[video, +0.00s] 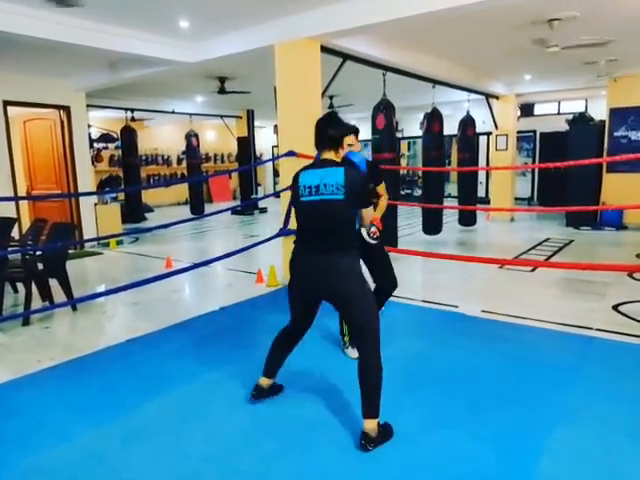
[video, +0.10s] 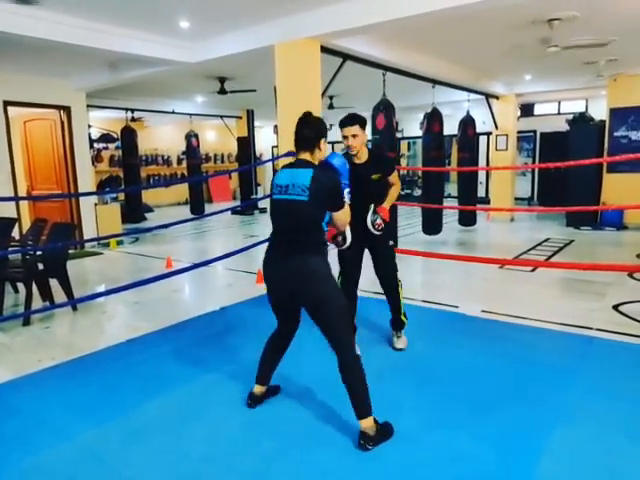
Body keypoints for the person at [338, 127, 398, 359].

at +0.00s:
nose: (354, 149)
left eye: (356, 143)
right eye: (349, 145)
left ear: (360, 143)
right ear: (338, 147)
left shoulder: (368, 167)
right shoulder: (330, 171)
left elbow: (383, 195)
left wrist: (376, 218)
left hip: (366, 230)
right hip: (342, 232)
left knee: (388, 283)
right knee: (346, 287)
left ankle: (361, 323)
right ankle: (348, 336)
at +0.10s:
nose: (350, 143)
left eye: (354, 137)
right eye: (346, 138)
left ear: (365, 135)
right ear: (342, 140)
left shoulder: (381, 159)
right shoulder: (340, 164)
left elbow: (396, 185)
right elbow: (331, 194)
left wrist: (384, 209)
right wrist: (335, 223)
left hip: (378, 227)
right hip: (350, 229)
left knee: (388, 279)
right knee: (348, 283)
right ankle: (347, 334)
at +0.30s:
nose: (359, 151)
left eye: (364, 145)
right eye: (357, 146)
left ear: (378, 146)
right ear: (356, 148)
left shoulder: (393, 173)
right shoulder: (358, 175)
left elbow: (416, 205)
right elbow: (355, 200)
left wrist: (392, 221)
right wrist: (354, 212)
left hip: (395, 236)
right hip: (369, 235)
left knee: (399, 288)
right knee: (356, 281)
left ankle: (412, 334)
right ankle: (374, 317)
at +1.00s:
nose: (345, 157)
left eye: (349, 152)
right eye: (344, 153)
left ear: (364, 151)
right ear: (350, 155)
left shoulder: (381, 178)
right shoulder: (358, 180)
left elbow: (405, 207)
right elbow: (368, 209)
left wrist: (374, 222)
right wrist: (347, 221)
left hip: (393, 235)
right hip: (379, 235)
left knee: (370, 288)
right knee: (384, 278)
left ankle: (376, 352)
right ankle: (400, 319)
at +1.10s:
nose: (342, 160)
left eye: (345, 155)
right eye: (340, 156)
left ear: (362, 153)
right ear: (351, 156)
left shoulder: (373, 180)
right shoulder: (359, 180)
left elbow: (382, 220)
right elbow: (363, 212)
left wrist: (348, 221)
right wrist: (339, 219)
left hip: (390, 239)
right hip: (381, 237)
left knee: (366, 293)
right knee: (381, 280)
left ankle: (376, 354)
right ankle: (401, 322)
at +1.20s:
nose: (344, 157)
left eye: (347, 151)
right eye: (343, 152)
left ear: (363, 150)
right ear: (359, 152)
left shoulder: (375, 174)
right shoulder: (361, 175)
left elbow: (361, 212)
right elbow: (347, 207)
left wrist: (333, 189)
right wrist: (327, 193)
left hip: (390, 237)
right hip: (382, 235)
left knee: (366, 293)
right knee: (379, 283)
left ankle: (376, 355)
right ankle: (406, 326)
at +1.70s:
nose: (351, 151)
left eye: (354, 146)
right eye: (350, 147)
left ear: (369, 145)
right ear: (369, 146)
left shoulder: (372, 170)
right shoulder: (380, 168)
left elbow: (340, 189)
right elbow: (349, 188)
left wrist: (329, 160)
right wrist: (337, 166)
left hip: (384, 240)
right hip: (397, 238)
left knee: (360, 297)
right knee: (397, 292)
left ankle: (366, 360)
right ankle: (414, 343)